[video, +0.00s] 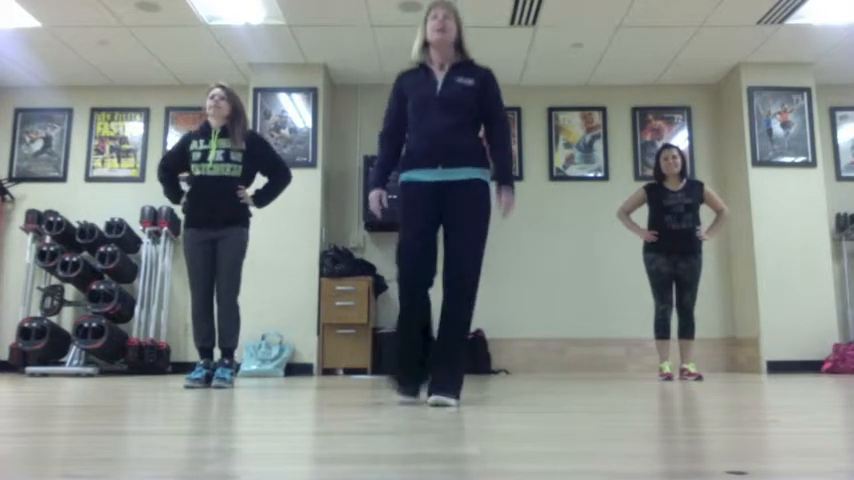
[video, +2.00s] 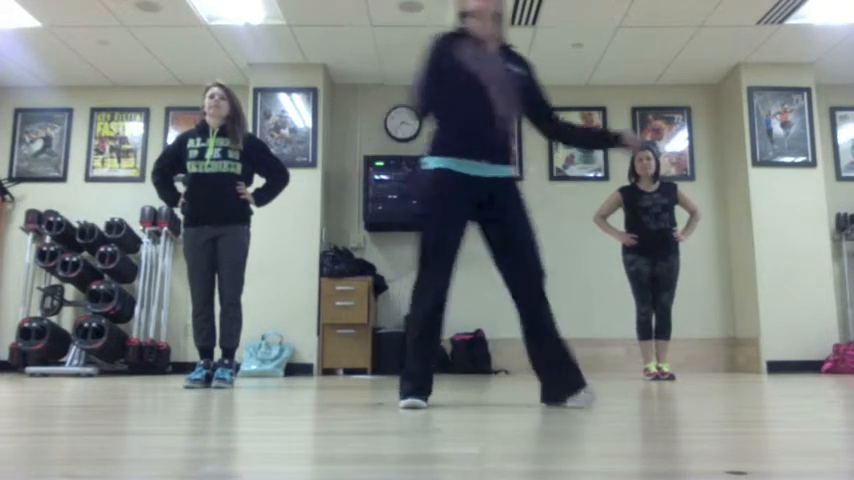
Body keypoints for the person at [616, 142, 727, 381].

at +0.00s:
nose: (671, 162)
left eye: (674, 157)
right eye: (666, 159)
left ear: (682, 161)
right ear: (659, 164)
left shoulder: (696, 188)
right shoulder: (651, 190)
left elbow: (722, 210)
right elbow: (622, 212)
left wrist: (708, 234)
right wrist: (641, 232)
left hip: (689, 253)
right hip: (659, 254)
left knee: (686, 308)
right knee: (663, 307)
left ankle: (686, 363)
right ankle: (664, 363)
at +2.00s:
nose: (644, 163)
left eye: (648, 159)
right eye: (640, 160)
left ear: (656, 163)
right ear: (634, 166)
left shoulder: (670, 190)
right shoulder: (625, 193)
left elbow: (695, 212)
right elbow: (598, 217)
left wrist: (684, 233)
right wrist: (618, 235)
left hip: (667, 253)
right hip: (638, 254)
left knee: (664, 307)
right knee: (644, 308)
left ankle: (662, 362)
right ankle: (649, 363)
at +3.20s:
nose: (635, 164)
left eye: (639, 161)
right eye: (631, 161)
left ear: (645, 166)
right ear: (622, 165)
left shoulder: (656, 194)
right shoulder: (612, 196)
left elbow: (675, 223)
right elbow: (606, 230)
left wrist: (690, 250)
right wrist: (613, 210)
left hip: (656, 255)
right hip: (626, 256)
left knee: (663, 308)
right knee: (627, 310)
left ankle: (663, 363)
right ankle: (616, 364)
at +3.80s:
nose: (638, 163)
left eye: (640, 160)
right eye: (633, 160)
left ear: (643, 166)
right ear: (622, 166)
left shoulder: (649, 194)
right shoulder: (611, 190)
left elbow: (656, 231)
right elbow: (615, 210)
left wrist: (671, 264)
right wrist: (626, 181)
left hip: (645, 256)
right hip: (619, 256)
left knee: (676, 299)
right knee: (619, 307)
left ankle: (672, 358)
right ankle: (615, 365)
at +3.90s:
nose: (647, 165)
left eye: (650, 161)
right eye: (642, 160)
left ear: (654, 166)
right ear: (634, 165)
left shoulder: (658, 201)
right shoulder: (626, 190)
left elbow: (661, 239)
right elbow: (622, 220)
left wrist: (678, 269)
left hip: (650, 257)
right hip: (626, 254)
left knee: (670, 306)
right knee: (626, 306)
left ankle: (670, 364)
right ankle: (615, 364)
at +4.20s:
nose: (681, 176)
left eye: (683, 172)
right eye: (674, 172)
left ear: (687, 179)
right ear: (664, 177)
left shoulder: (679, 211)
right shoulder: (655, 200)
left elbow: (668, 251)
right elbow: (630, 222)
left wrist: (680, 278)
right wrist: (649, 211)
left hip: (658, 263)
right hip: (636, 256)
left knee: (678, 307)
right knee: (656, 302)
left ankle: (671, 365)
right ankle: (610, 336)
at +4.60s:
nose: (676, 170)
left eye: (679, 167)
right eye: (671, 167)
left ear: (684, 177)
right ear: (661, 174)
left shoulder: (683, 208)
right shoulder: (651, 196)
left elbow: (674, 244)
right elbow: (622, 204)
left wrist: (676, 274)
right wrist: (636, 198)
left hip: (659, 260)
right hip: (633, 252)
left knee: (677, 307)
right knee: (660, 289)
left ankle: (671, 365)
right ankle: (618, 329)